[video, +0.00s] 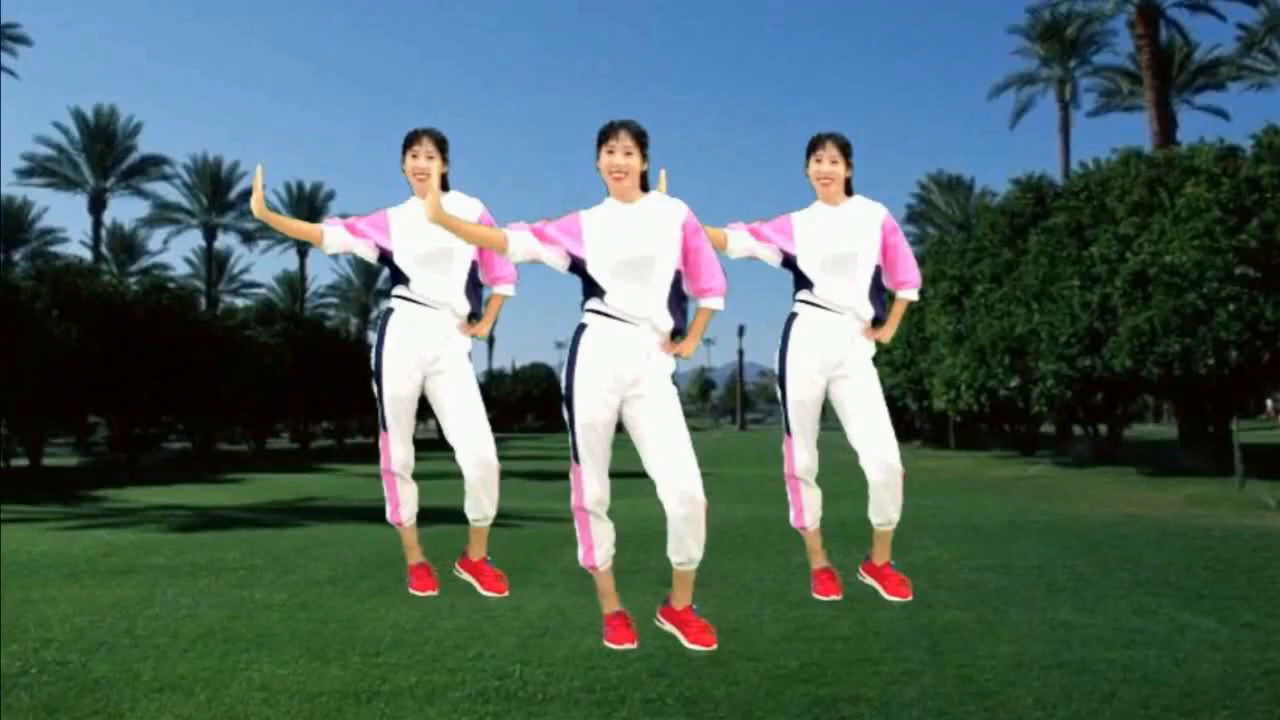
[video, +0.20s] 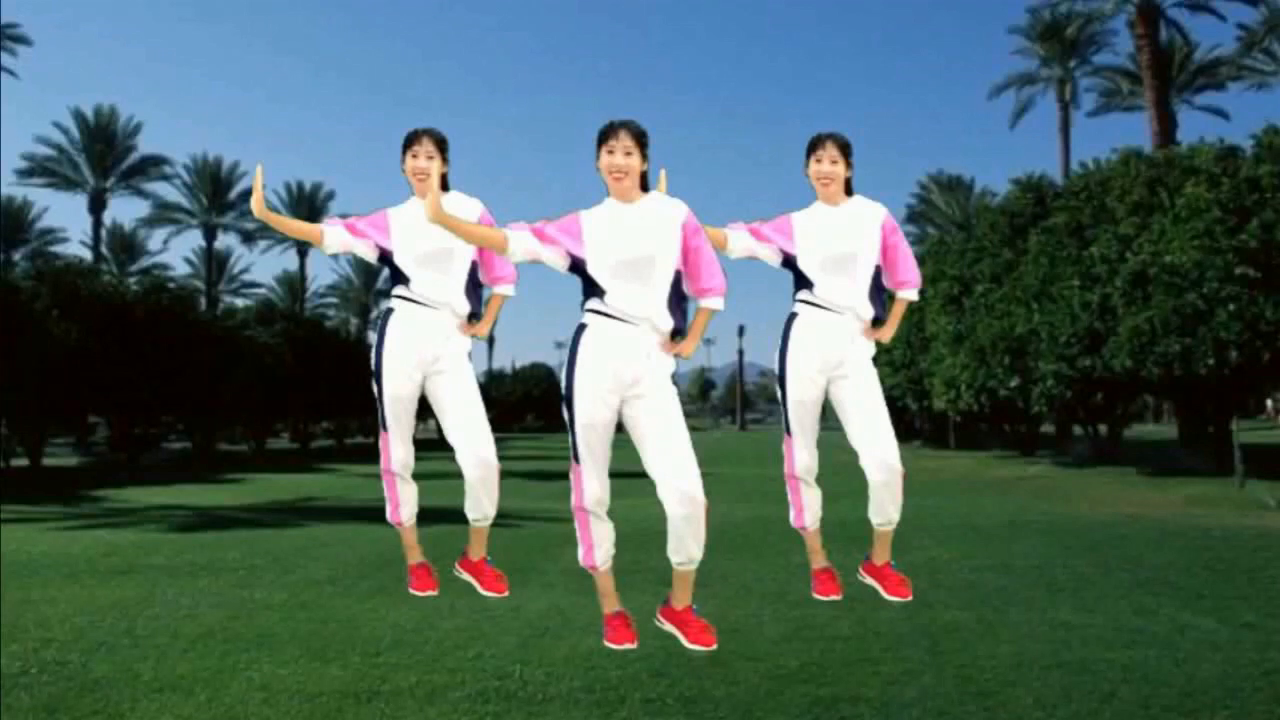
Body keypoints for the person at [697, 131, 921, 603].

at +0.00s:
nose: (825, 168)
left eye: (833, 161)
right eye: (818, 161)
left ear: (848, 169)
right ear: (807, 170)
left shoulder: (876, 217)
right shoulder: (797, 223)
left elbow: (908, 277)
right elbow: (734, 238)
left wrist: (889, 328)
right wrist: (682, 224)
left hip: (856, 340)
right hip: (807, 336)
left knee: (885, 461)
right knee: (802, 459)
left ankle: (879, 562)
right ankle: (819, 566)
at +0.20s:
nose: (825, 168)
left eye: (833, 161)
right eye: (818, 161)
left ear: (848, 169)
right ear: (807, 170)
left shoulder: (876, 217)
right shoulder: (797, 223)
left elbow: (908, 277)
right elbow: (734, 238)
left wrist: (889, 328)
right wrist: (682, 224)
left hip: (856, 340)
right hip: (807, 336)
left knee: (885, 461)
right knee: (802, 459)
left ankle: (879, 562)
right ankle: (819, 565)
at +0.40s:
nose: (825, 168)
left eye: (833, 161)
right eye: (818, 161)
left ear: (848, 169)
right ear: (807, 170)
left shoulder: (876, 217)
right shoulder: (797, 223)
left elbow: (908, 277)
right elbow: (734, 238)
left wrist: (889, 328)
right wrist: (682, 224)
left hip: (856, 340)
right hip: (807, 336)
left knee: (885, 461)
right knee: (802, 459)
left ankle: (879, 562)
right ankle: (819, 565)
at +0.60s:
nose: (825, 168)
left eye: (833, 161)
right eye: (818, 161)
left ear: (848, 169)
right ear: (807, 170)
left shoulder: (876, 217)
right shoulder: (797, 223)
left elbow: (908, 277)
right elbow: (734, 238)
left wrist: (889, 328)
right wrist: (682, 224)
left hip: (856, 340)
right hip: (807, 336)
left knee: (885, 461)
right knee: (802, 459)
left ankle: (879, 562)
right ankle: (819, 565)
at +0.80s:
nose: (825, 168)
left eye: (833, 161)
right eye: (818, 161)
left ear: (848, 169)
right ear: (807, 171)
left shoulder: (876, 217)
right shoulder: (797, 223)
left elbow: (907, 277)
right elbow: (734, 238)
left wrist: (888, 329)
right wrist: (682, 225)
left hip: (856, 341)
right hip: (806, 337)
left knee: (885, 462)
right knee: (802, 460)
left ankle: (879, 562)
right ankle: (819, 565)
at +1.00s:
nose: (825, 168)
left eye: (833, 161)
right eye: (818, 161)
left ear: (848, 169)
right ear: (807, 170)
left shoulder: (875, 217)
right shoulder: (797, 223)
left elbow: (907, 277)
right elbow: (734, 238)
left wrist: (888, 329)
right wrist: (682, 224)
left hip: (855, 340)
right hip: (807, 336)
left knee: (885, 459)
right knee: (802, 458)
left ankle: (879, 562)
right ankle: (819, 565)